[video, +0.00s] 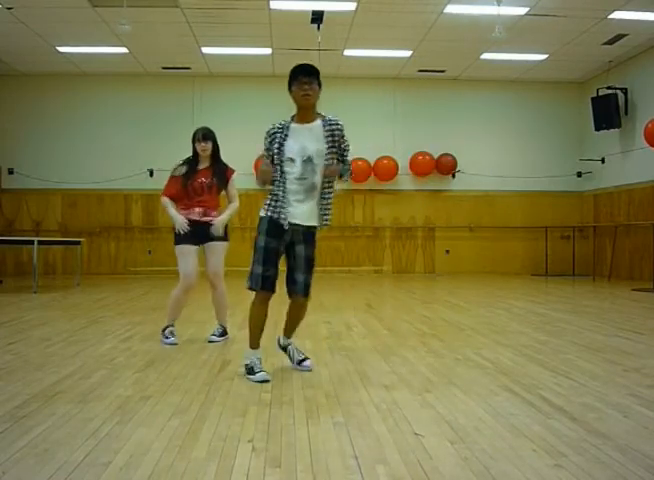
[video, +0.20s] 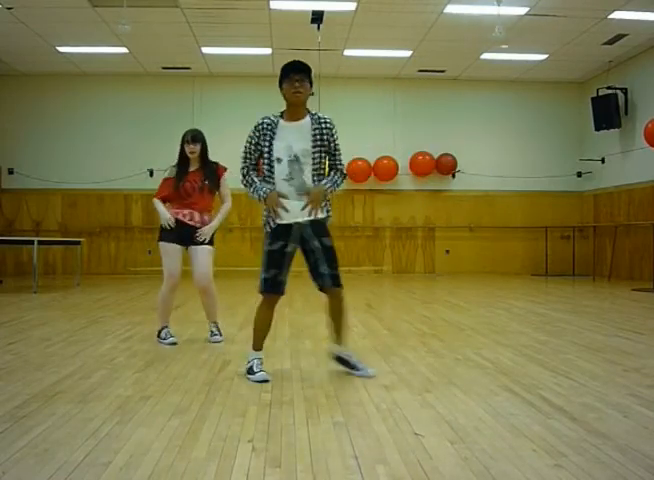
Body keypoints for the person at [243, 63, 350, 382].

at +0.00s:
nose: (306, 89)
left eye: (311, 85)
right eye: (300, 85)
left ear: (320, 90)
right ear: (291, 91)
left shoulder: (332, 129)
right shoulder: (277, 133)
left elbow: (345, 169)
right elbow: (265, 178)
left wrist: (336, 171)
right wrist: (262, 169)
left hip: (307, 222)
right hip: (274, 218)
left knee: (301, 294)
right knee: (264, 290)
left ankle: (286, 340)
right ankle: (252, 356)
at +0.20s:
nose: (297, 86)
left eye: (302, 81)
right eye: (291, 82)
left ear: (311, 87)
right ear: (281, 88)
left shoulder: (323, 125)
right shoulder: (265, 127)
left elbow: (338, 170)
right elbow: (247, 170)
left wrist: (324, 189)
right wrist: (264, 192)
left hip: (314, 222)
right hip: (279, 223)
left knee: (334, 288)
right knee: (271, 294)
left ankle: (339, 349)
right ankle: (255, 358)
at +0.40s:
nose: (302, 93)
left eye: (307, 89)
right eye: (297, 88)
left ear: (313, 97)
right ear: (284, 93)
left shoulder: (317, 135)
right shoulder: (260, 133)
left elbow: (337, 175)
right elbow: (251, 178)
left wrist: (327, 186)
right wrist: (276, 207)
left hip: (327, 219)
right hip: (295, 226)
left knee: (347, 285)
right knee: (294, 298)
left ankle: (361, 353)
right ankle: (260, 357)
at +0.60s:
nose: (307, 100)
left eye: (312, 96)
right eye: (300, 95)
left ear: (317, 103)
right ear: (287, 101)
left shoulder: (317, 145)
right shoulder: (264, 136)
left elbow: (325, 186)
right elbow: (243, 185)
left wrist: (313, 205)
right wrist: (263, 219)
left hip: (308, 231)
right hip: (274, 236)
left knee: (339, 292)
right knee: (289, 301)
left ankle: (358, 355)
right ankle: (258, 358)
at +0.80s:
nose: (305, 101)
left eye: (310, 96)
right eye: (298, 97)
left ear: (317, 104)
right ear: (288, 106)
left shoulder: (325, 146)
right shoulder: (270, 135)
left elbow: (324, 191)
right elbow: (240, 175)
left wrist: (305, 209)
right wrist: (246, 206)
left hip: (288, 230)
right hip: (256, 226)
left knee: (310, 297)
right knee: (265, 295)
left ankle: (344, 355)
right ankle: (255, 360)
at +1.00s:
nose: (301, 97)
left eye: (304, 92)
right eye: (294, 94)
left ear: (312, 97)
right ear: (283, 101)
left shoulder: (328, 134)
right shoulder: (275, 139)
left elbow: (337, 178)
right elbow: (267, 184)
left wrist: (327, 205)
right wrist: (243, 188)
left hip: (302, 225)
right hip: (269, 223)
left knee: (318, 293)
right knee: (268, 296)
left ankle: (289, 343)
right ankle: (255, 358)